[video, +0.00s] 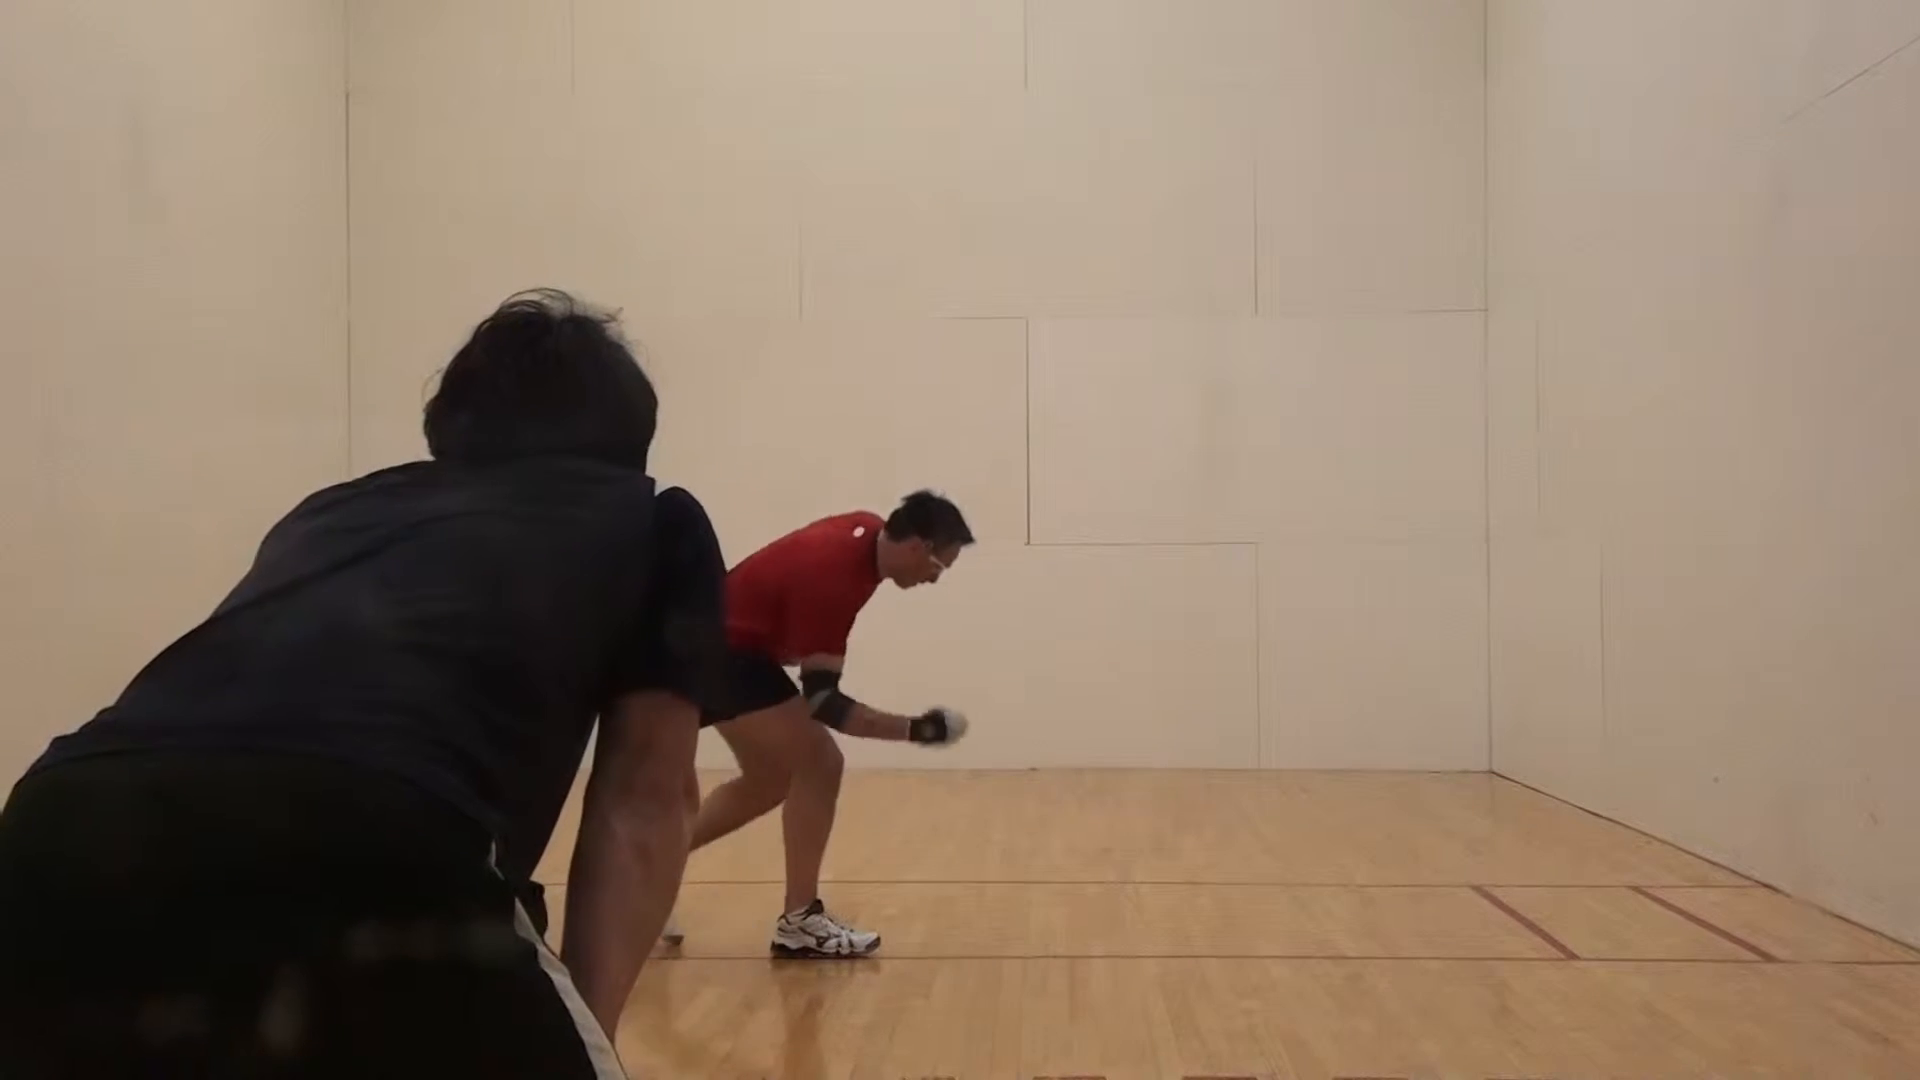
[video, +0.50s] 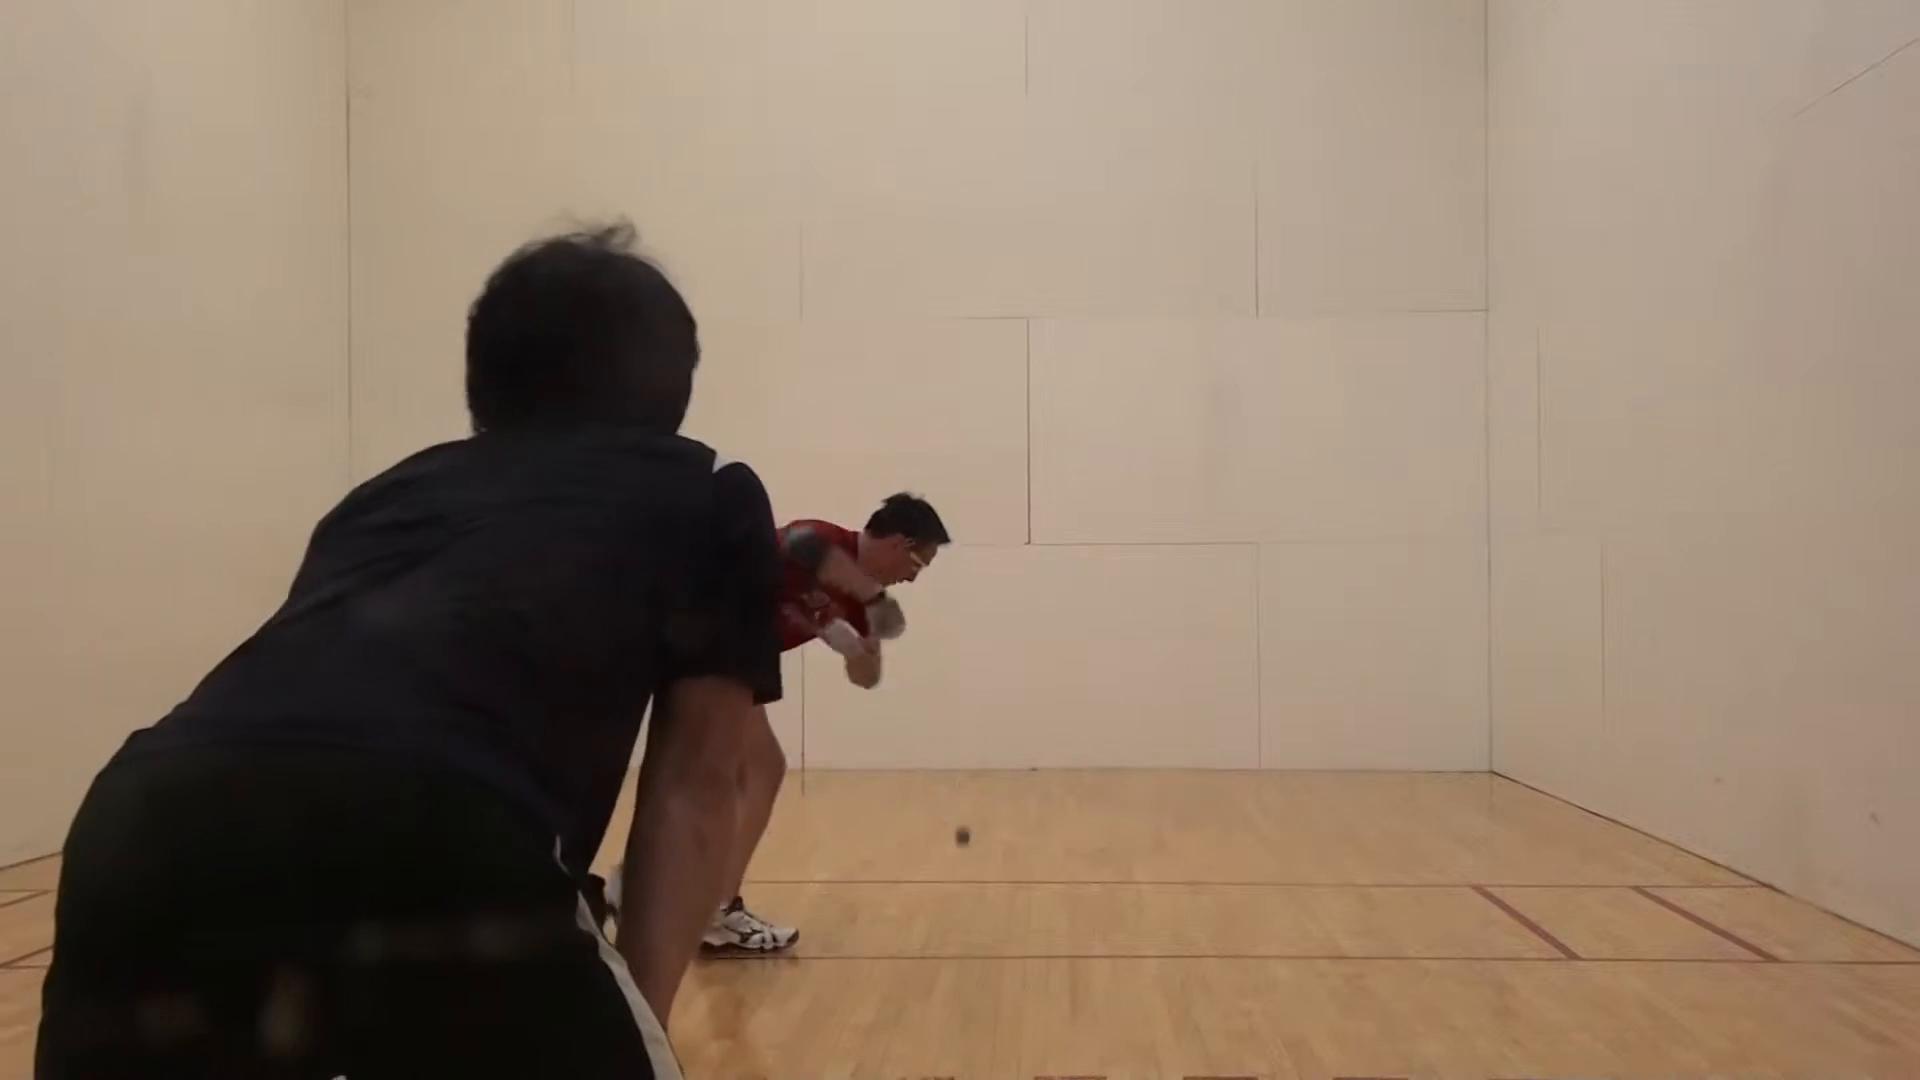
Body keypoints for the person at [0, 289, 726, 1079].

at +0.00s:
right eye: (643, 455)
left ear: (445, 431)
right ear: (628, 451)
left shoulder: (330, 506)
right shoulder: (649, 519)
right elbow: (648, 793)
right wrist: (581, 1032)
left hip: (64, 854)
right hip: (377, 875)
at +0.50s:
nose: (682, 400)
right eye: (683, 383)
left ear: (480, 393)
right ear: (669, 395)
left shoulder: (386, 490)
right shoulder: (702, 489)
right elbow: (708, 769)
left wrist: (745, 585)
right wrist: (638, 1020)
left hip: (148, 830)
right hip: (434, 846)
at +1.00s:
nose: (755, 445)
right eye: (755, 428)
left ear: (554, 423)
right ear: (746, 432)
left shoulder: (447, 507)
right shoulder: (757, 518)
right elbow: (728, 794)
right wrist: (619, 1028)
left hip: (135, 832)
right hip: (411, 849)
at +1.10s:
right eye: (715, 427)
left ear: (517, 424)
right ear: (705, 433)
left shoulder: (409, 508)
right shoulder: (719, 518)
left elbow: (161, 687)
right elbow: (690, 799)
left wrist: (219, 990)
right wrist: (592, 1027)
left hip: (114, 814)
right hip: (393, 840)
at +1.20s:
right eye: (648, 431)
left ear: (448, 419)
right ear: (637, 426)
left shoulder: (326, 512)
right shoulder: (650, 519)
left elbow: (99, 693)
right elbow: (642, 794)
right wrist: (554, 1039)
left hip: (48, 869)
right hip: (334, 888)